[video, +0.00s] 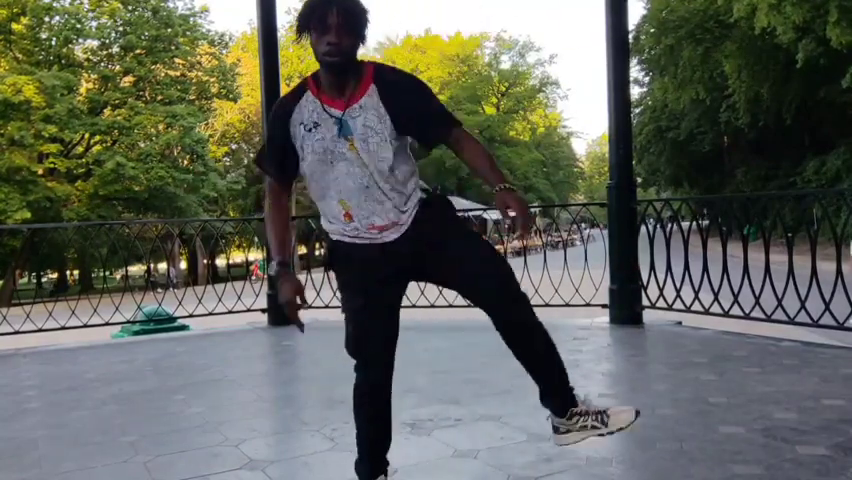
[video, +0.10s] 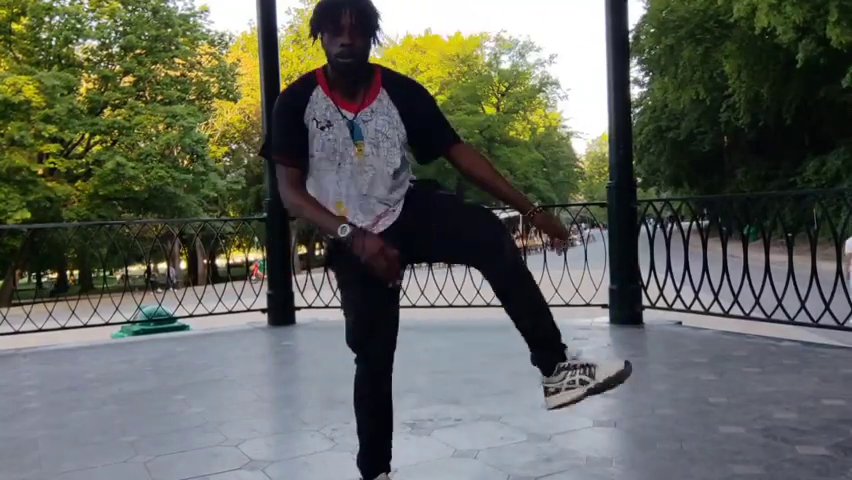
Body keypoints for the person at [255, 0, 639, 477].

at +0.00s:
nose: (334, 38)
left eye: (345, 27)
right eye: (323, 28)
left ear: (360, 35)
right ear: (307, 36)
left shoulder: (394, 86)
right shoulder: (287, 114)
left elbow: (455, 137)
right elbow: (278, 192)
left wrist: (500, 187)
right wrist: (284, 268)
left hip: (424, 227)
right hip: (358, 253)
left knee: (503, 291)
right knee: (373, 368)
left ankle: (565, 411)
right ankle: (371, 472)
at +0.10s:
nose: (347, 40)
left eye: (357, 29)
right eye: (336, 30)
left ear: (372, 35)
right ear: (319, 37)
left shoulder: (402, 92)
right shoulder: (296, 102)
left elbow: (461, 155)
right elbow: (291, 191)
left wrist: (532, 211)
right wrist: (353, 236)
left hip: (411, 212)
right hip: (355, 239)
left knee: (490, 238)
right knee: (373, 359)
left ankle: (555, 369)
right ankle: (374, 472)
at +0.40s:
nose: (410, 48)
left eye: (421, 40)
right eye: (399, 38)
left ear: (434, 48)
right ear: (383, 40)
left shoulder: (431, 103)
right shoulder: (352, 59)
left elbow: (451, 167)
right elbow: (328, 83)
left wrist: (483, 213)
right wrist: (408, 113)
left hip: (399, 210)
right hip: (342, 225)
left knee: (433, 269)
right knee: (362, 350)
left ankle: (394, 349)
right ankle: (370, 468)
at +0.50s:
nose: (418, 46)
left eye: (428, 38)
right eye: (408, 36)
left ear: (440, 44)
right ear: (393, 39)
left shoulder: (438, 106)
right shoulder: (361, 74)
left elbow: (445, 172)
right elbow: (336, 39)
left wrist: (465, 223)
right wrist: (402, 76)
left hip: (405, 224)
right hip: (344, 227)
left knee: (426, 319)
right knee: (360, 353)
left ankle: (346, 348)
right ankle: (370, 469)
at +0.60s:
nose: (422, 48)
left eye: (430, 39)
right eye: (412, 36)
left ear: (442, 45)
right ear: (392, 41)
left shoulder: (441, 107)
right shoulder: (367, 76)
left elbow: (440, 183)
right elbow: (351, 44)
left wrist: (454, 247)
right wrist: (424, 63)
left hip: (414, 236)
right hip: (355, 226)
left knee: (424, 338)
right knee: (359, 353)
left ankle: (312, 381)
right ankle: (368, 471)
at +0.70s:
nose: (423, 53)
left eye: (430, 47)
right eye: (416, 43)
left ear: (437, 52)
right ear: (392, 43)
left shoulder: (437, 110)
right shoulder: (364, 77)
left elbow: (427, 183)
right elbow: (382, 63)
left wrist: (440, 225)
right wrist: (469, 76)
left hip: (418, 242)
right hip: (362, 234)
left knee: (428, 348)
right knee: (370, 358)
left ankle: (313, 412)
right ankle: (367, 473)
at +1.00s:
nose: (433, 61)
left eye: (442, 54)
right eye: (423, 50)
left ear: (448, 59)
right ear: (402, 51)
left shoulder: (416, 101)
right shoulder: (392, 88)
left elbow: (399, 182)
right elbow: (442, 158)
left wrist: (365, 255)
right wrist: (503, 167)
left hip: (421, 235)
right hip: (384, 237)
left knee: (468, 329)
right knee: (418, 355)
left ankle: (386, 414)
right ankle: (402, 472)